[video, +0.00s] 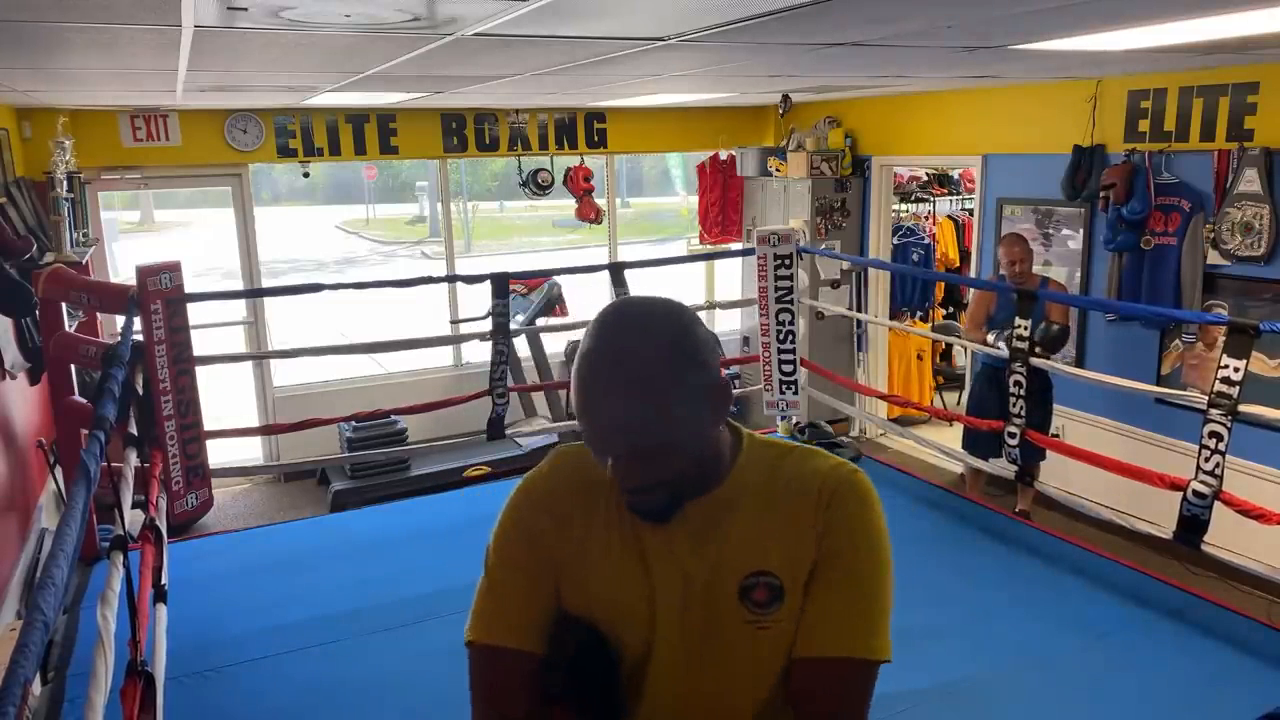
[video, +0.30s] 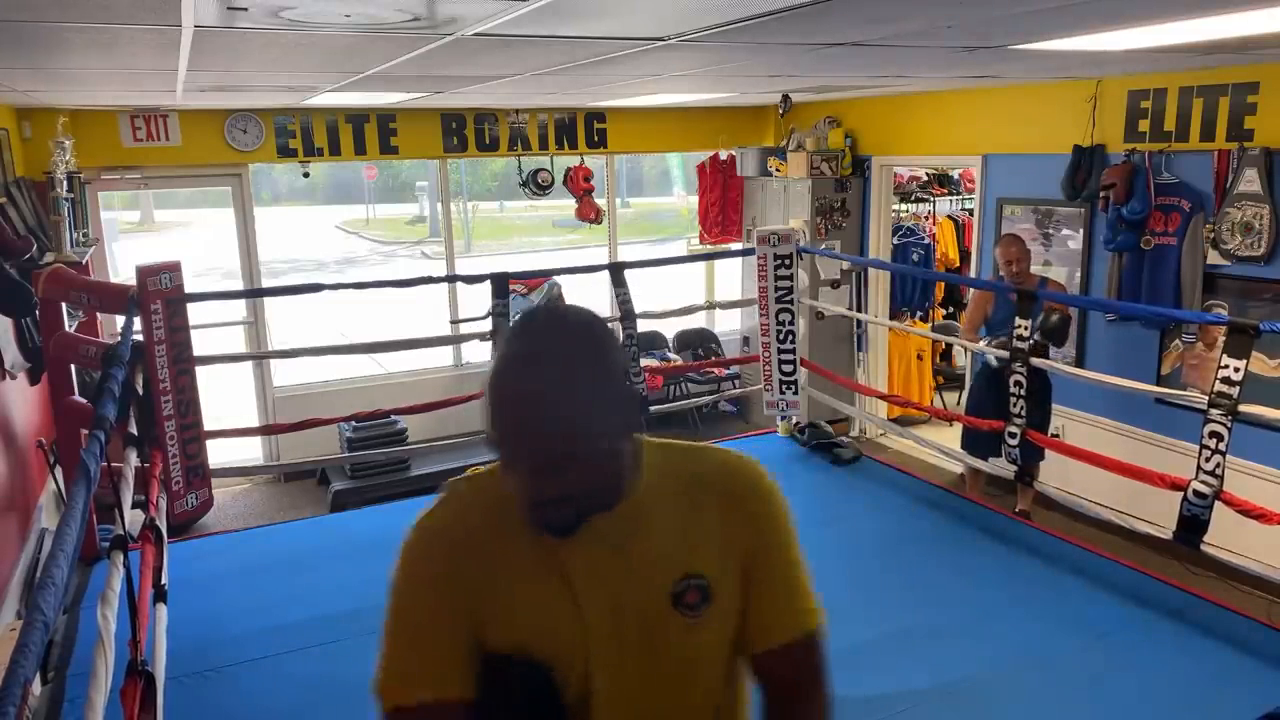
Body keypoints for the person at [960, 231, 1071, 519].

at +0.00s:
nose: (1015, 269)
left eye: (1020, 262)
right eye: (1008, 263)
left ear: (1032, 258)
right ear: (1000, 263)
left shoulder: (1053, 290)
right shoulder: (990, 288)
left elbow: (1058, 332)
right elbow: (970, 330)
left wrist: (1041, 347)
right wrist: (995, 338)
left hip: (1034, 379)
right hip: (991, 376)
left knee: (1031, 448)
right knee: (979, 443)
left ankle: (1022, 511)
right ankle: (972, 504)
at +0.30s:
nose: (1014, 269)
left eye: (1018, 261)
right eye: (1006, 264)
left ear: (1029, 257)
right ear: (998, 264)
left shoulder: (1053, 290)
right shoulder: (987, 291)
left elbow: (1060, 339)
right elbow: (966, 333)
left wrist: (1055, 323)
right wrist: (986, 345)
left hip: (1033, 378)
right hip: (991, 376)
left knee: (1030, 449)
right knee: (977, 444)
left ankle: (1023, 515)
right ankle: (972, 506)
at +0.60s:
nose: (1010, 268)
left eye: (1015, 260)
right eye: (1003, 263)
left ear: (1026, 257)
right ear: (995, 264)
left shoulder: (1051, 290)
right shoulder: (984, 292)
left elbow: (1066, 338)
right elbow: (965, 336)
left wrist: (1055, 320)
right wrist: (980, 358)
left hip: (1031, 382)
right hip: (989, 378)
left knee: (1028, 451)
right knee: (976, 447)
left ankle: (1023, 515)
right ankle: (971, 507)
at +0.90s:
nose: (1007, 271)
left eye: (1011, 263)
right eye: (1000, 266)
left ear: (1023, 258)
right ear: (992, 265)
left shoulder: (1048, 289)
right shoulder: (982, 292)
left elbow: (1064, 334)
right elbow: (967, 337)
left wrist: (1041, 314)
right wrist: (985, 352)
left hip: (1029, 382)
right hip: (987, 379)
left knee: (1027, 450)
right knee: (975, 446)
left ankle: (1022, 513)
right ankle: (970, 505)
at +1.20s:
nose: (1001, 273)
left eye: (1005, 265)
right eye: (994, 269)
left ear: (1017, 258)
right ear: (986, 267)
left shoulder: (1044, 288)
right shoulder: (978, 291)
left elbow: (1063, 331)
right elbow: (965, 335)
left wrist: (1037, 320)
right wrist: (983, 350)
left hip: (1027, 382)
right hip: (986, 379)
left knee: (1026, 451)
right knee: (974, 447)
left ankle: (1022, 515)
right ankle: (970, 507)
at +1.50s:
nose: (998, 275)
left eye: (1002, 267)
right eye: (991, 270)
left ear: (1014, 260)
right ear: (984, 267)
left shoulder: (1041, 287)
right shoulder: (976, 291)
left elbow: (1061, 329)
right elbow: (963, 334)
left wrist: (1025, 326)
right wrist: (984, 348)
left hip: (1026, 380)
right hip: (984, 377)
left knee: (1026, 449)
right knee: (974, 446)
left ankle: (1023, 514)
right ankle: (970, 507)